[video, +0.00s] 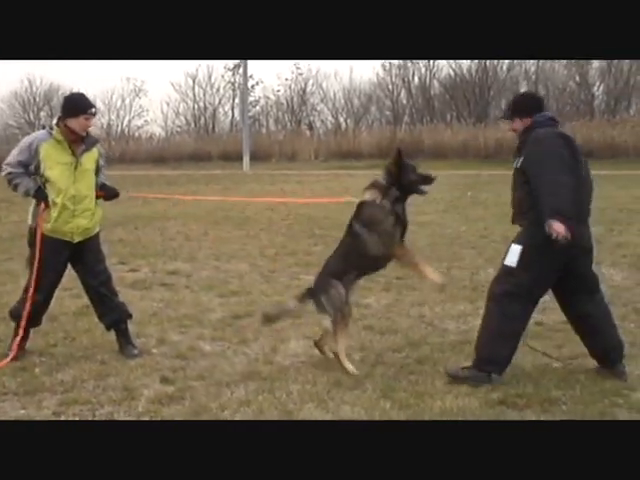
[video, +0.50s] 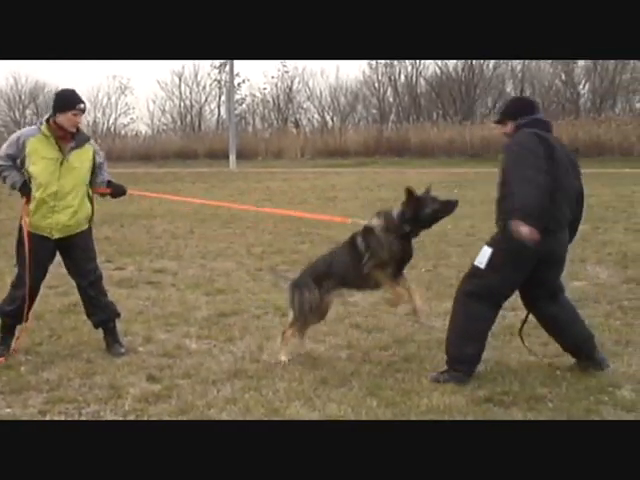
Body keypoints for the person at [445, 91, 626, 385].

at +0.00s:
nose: (511, 128)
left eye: (513, 121)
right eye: (510, 122)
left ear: (527, 119)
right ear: (536, 118)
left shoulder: (540, 142)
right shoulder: (560, 141)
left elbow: (550, 179)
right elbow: (580, 185)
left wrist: (553, 217)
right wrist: (569, 219)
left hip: (542, 235)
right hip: (572, 235)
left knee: (507, 294)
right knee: (582, 298)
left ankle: (486, 367)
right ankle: (612, 361)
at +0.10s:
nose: (489, 137)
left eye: (489, 131)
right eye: (487, 131)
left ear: (499, 126)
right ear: (522, 120)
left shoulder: (511, 140)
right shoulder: (557, 145)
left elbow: (509, 173)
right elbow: (569, 192)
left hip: (532, 241)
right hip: (572, 239)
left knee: (500, 300)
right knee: (584, 297)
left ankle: (477, 369)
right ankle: (609, 360)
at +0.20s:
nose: (475, 143)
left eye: (476, 138)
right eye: (474, 139)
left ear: (484, 132)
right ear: (506, 124)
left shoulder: (492, 148)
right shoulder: (544, 145)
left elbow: (451, 163)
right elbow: (574, 186)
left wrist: (406, 161)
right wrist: (573, 230)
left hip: (529, 238)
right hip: (566, 234)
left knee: (492, 299)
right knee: (575, 299)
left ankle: (470, 369)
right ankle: (604, 361)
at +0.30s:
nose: (476, 140)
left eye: (477, 134)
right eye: (475, 135)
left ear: (485, 129)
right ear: (507, 122)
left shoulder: (491, 144)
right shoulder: (542, 145)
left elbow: (453, 165)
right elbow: (571, 186)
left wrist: (408, 170)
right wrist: (570, 231)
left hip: (520, 238)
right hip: (559, 235)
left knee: (483, 297)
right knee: (565, 298)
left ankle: (465, 369)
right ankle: (599, 360)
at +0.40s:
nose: (486, 134)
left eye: (486, 128)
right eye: (484, 128)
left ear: (497, 123)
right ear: (517, 118)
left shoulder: (506, 138)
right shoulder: (549, 146)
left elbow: (490, 167)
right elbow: (573, 195)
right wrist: (563, 236)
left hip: (515, 240)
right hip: (553, 240)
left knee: (476, 296)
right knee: (555, 298)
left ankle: (462, 369)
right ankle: (592, 359)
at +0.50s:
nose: (503, 132)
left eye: (505, 125)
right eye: (502, 126)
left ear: (517, 122)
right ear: (535, 120)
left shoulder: (523, 142)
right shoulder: (561, 150)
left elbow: (525, 178)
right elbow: (575, 197)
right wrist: (563, 236)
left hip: (519, 236)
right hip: (552, 241)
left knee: (476, 293)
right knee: (544, 296)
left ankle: (460, 368)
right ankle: (589, 356)